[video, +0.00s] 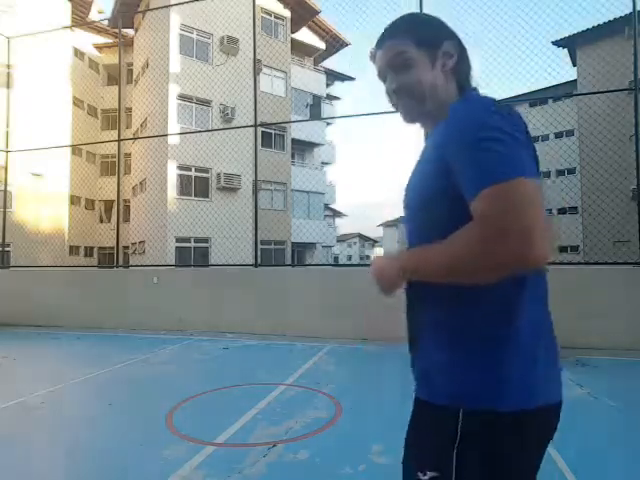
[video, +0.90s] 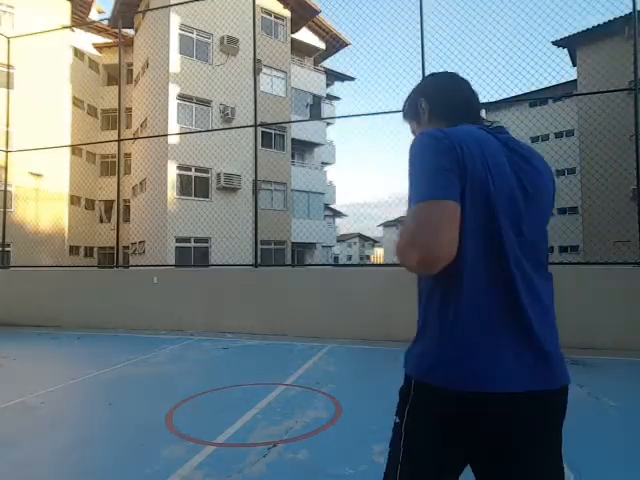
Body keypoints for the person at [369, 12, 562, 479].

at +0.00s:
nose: (390, 88)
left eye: (400, 69)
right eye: (384, 79)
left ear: (446, 59)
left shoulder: (477, 121)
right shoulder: (453, 132)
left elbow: (521, 240)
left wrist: (404, 265)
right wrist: (411, 259)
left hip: (486, 400)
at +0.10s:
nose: (391, 88)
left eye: (401, 68)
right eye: (385, 78)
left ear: (447, 53)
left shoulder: (470, 108)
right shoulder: (503, 113)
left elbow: (511, 239)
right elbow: (561, 234)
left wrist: (404, 254)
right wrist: (440, 244)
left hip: (487, 402)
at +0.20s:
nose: (395, 113)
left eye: (402, 94)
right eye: (392, 102)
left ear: (452, 73)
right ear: (453, 73)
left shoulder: (479, 148)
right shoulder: (521, 151)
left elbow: (477, 295)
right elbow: (573, 273)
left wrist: (387, 299)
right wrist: (434, 302)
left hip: (494, 442)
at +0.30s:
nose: (403, 124)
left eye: (407, 106)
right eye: (401, 110)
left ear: (449, 86)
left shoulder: (477, 156)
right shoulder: (539, 163)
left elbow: (482, 298)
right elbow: (591, 272)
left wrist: (388, 308)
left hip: (494, 438)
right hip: (554, 429)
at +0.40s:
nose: (407, 108)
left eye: (407, 91)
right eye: (403, 95)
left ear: (437, 70)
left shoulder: (472, 125)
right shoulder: (534, 134)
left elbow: (510, 246)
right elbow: (589, 239)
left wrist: (416, 264)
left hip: (502, 401)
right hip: (558, 394)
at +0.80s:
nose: (427, 149)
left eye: (424, 136)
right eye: (422, 140)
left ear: (438, 116)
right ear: (482, 115)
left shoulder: (458, 155)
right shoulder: (543, 170)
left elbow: (460, 267)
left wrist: (414, 268)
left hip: (468, 397)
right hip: (549, 399)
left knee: (411, 472)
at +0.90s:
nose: (415, 139)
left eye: (413, 128)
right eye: (411, 131)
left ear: (425, 110)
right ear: (473, 110)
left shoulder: (438, 142)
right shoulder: (534, 161)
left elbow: (433, 249)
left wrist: (405, 240)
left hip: (452, 383)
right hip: (536, 386)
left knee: (414, 471)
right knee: (536, 472)